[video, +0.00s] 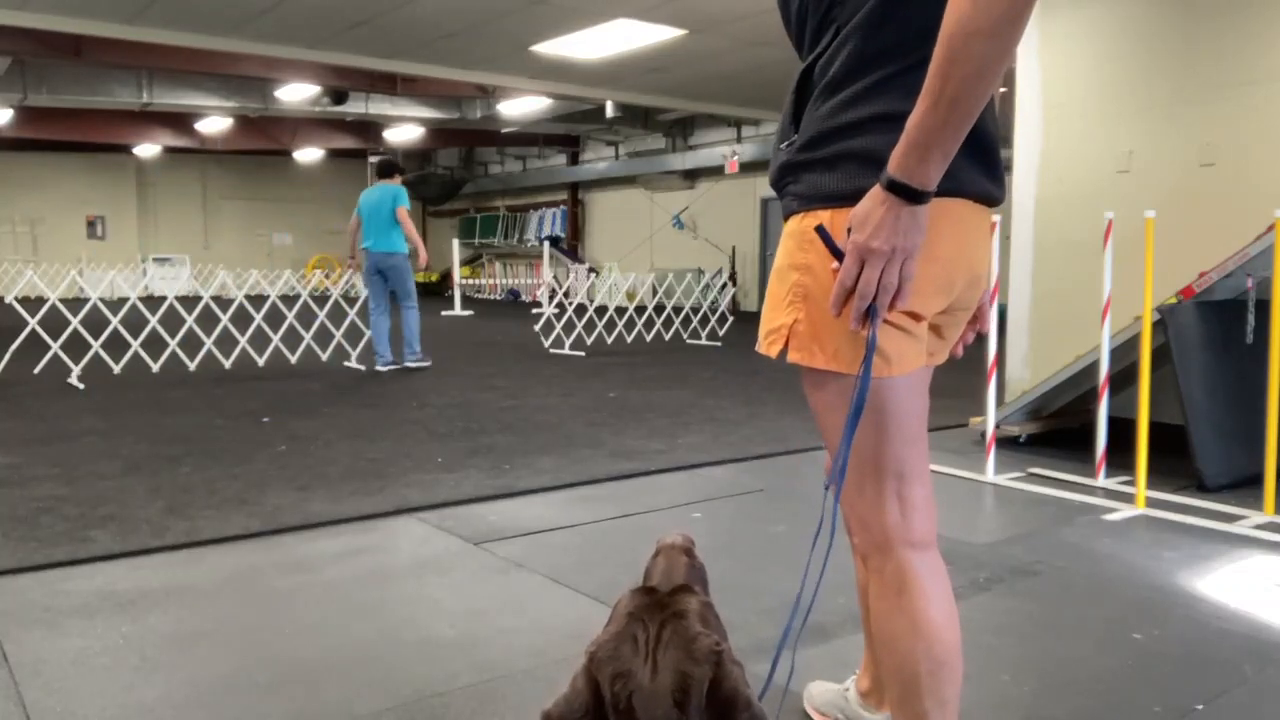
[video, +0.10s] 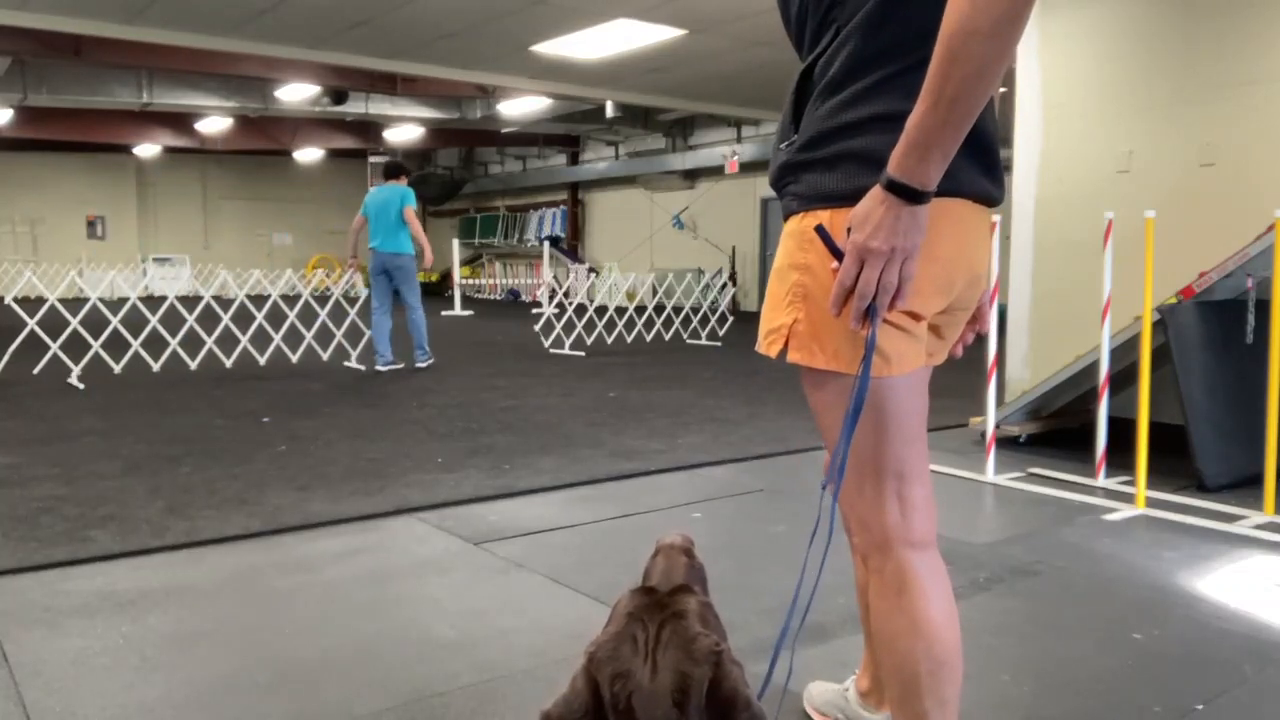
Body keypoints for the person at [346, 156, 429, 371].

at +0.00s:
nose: (400, 180)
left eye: (400, 178)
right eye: (400, 177)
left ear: (378, 176)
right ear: (396, 176)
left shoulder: (365, 194)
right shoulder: (398, 191)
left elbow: (353, 227)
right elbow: (403, 218)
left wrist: (352, 255)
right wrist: (420, 247)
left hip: (370, 254)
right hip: (395, 254)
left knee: (377, 307)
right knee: (409, 304)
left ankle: (382, 358)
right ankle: (413, 354)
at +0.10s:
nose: (407, 182)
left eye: (407, 179)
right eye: (407, 179)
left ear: (385, 178)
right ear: (403, 178)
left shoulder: (372, 194)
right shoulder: (405, 191)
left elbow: (356, 225)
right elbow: (410, 218)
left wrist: (352, 255)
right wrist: (427, 248)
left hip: (377, 255)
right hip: (401, 255)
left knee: (380, 308)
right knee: (414, 306)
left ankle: (383, 358)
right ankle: (422, 354)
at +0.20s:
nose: (414, 183)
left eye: (413, 181)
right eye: (413, 180)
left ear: (391, 180)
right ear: (408, 179)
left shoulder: (377, 196)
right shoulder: (412, 193)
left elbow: (360, 227)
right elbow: (418, 220)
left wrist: (354, 255)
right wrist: (435, 248)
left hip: (384, 256)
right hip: (409, 256)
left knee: (385, 307)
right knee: (417, 307)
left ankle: (384, 358)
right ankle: (421, 356)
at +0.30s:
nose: (417, 183)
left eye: (417, 181)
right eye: (417, 180)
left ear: (395, 180)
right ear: (413, 179)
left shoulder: (383, 196)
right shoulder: (418, 194)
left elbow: (365, 227)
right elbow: (428, 223)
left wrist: (359, 255)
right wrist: (445, 251)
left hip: (390, 255)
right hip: (415, 255)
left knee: (394, 306)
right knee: (423, 306)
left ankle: (386, 353)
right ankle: (423, 357)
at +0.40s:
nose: (419, 184)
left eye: (418, 181)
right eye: (419, 181)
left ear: (397, 180)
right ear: (416, 180)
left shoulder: (385, 198)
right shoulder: (422, 195)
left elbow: (370, 228)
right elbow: (434, 223)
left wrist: (364, 256)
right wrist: (451, 246)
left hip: (395, 255)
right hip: (419, 256)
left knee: (401, 302)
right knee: (424, 305)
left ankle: (394, 343)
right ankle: (423, 357)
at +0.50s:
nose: (421, 184)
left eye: (420, 182)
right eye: (421, 182)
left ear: (398, 181)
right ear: (417, 181)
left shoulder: (388, 198)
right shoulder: (425, 195)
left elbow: (374, 228)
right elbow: (439, 222)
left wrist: (368, 256)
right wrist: (456, 245)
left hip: (396, 253)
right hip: (421, 253)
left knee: (404, 299)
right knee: (424, 304)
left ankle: (406, 342)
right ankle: (422, 356)